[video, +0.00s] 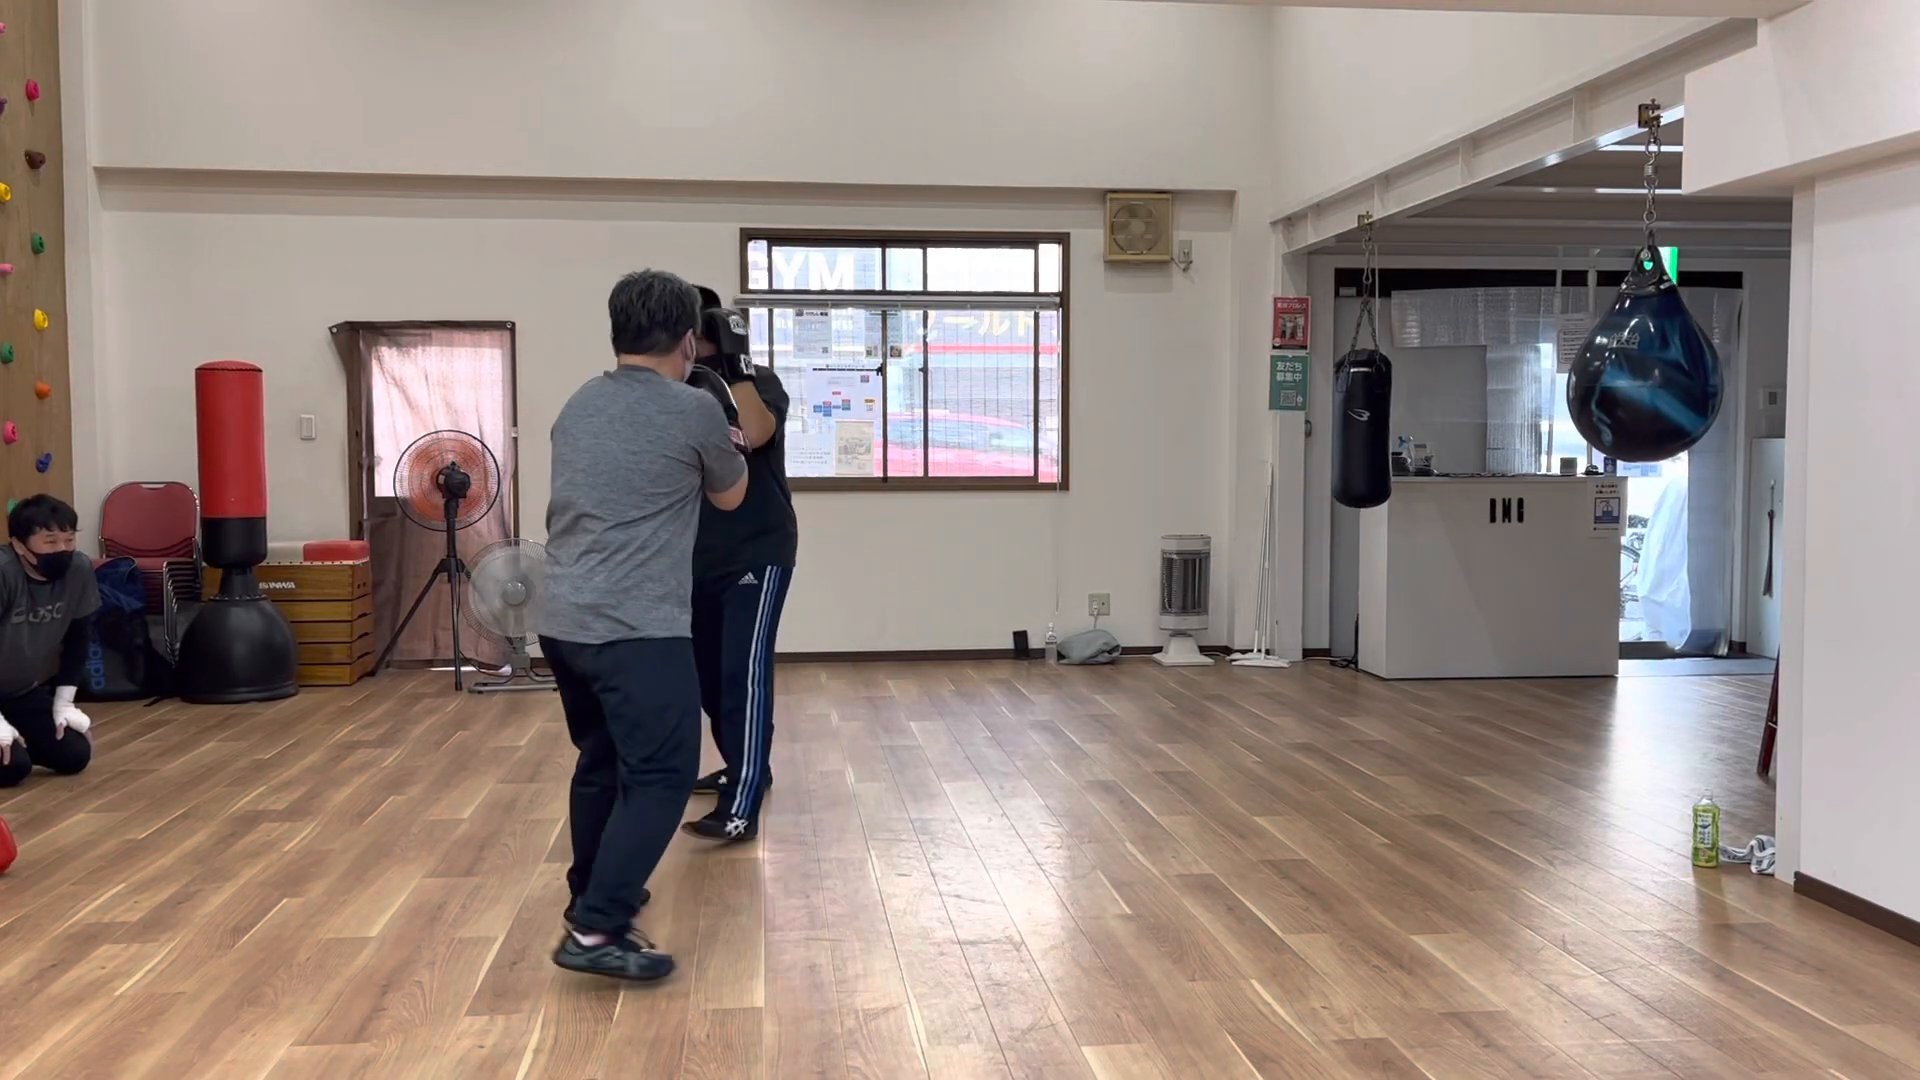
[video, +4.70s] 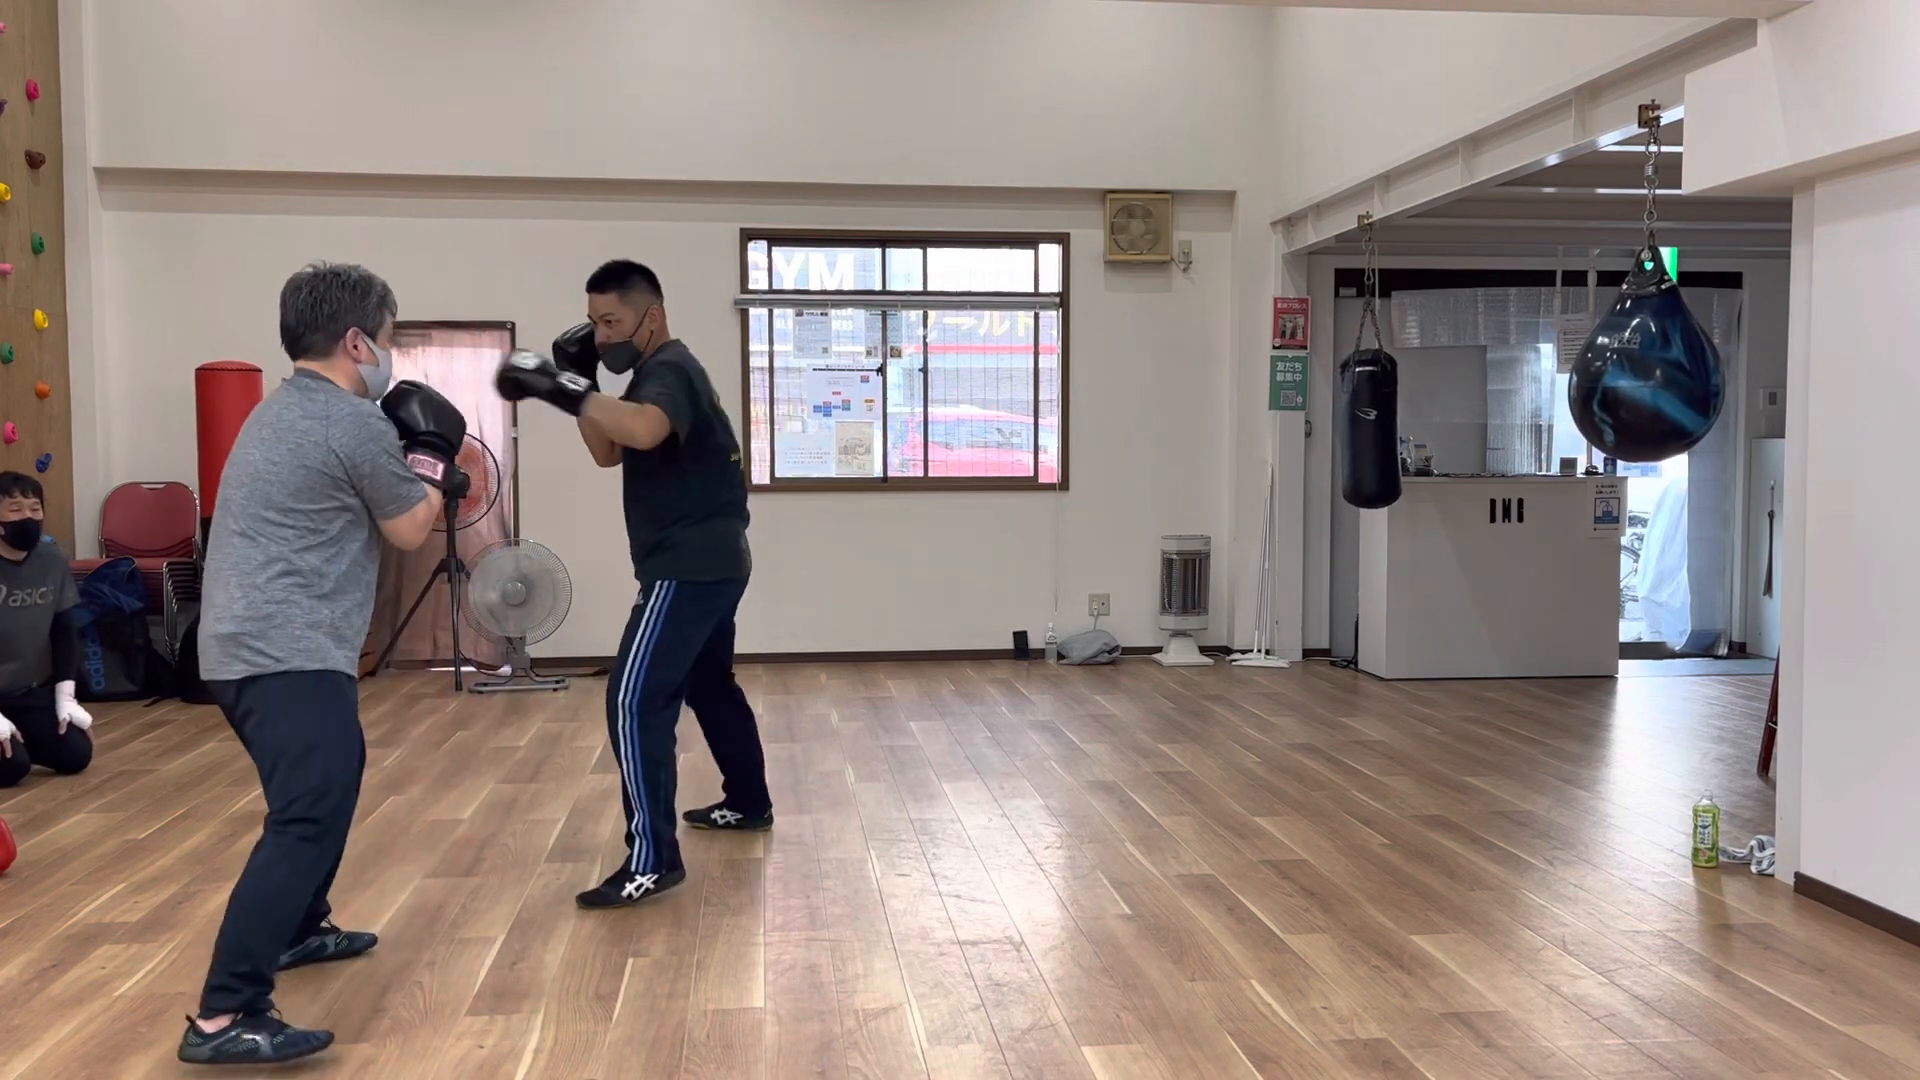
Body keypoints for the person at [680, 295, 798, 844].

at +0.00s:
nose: (684, 356)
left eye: (690, 346)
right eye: (680, 347)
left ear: (710, 340)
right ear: (682, 347)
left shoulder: (755, 383)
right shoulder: (681, 394)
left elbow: (756, 431)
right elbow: (661, 450)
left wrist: (724, 373)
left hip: (757, 551)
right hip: (703, 552)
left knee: (744, 674)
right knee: (709, 670)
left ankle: (743, 810)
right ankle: (741, 767)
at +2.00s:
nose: (676, 349)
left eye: (682, 337)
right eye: (671, 339)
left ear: (710, 328)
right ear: (673, 341)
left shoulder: (765, 375)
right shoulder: (690, 400)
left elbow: (757, 421)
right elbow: (674, 462)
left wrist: (722, 354)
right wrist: (644, 418)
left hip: (773, 553)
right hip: (729, 557)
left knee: (731, 676)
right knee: (746, 672)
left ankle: (749, 830)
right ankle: (791, 782)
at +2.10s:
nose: (675, 353)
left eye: (683, 339)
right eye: (665, 344)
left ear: (716, 328)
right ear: (659, 345)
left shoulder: (759, 383)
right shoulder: (683, 397)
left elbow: (787, 455)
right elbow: (677, 466)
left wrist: (718, 413)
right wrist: (653, 434)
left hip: (771, 552)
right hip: (732, 556)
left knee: (730, 678)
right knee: (751, 672)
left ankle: (742, 838)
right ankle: (792, 784)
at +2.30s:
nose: (621, 412)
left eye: (621, 399)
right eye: (617, 405)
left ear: (646, 383)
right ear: (646, 385)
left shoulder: (691, 412)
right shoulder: (671, 443)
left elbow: (714, 450)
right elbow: (676, 535)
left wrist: (655, 483)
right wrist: (639, 487)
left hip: (770, 578)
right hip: (786, 575)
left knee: (700, 699)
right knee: (776, 682)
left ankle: (732, 857)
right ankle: (791, 784)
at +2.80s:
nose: (644, 366)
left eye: (652, 353)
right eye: (636, 359)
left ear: (687, 346)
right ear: (633, 364)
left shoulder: (722, 384)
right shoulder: (670, 418)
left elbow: (773, 418)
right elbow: (669, 503)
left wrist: (694, 411)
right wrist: (630, 448)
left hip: (777, 555)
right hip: (745, 562)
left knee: (736, 680)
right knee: (756, 673)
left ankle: (731, 842)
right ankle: (792, 783)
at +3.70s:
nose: (618, 345)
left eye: (629, 331)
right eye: (610, 334)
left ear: (666, 327)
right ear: (608, 334)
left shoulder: (691, 379)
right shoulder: (639, 396)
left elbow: (679, 425)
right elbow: (597, 460)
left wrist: (595, 400)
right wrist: (580, 389)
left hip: (704, 564)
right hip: (676, 566)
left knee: (648, 692)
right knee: (687, 674)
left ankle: (656, 854)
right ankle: (760, 767)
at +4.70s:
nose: (599, 334)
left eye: (608, 320)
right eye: (595, 323)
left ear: (651, 316)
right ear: (633, 324)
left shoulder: (670, 369)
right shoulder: (645, 377)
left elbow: (644, 429)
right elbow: (604, 451)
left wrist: (563, 390)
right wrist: (581, 382)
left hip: (686, 567)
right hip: (705, 562)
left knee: (633, 699)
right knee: (709, 686)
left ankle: (652, 862)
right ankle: (750, 803)